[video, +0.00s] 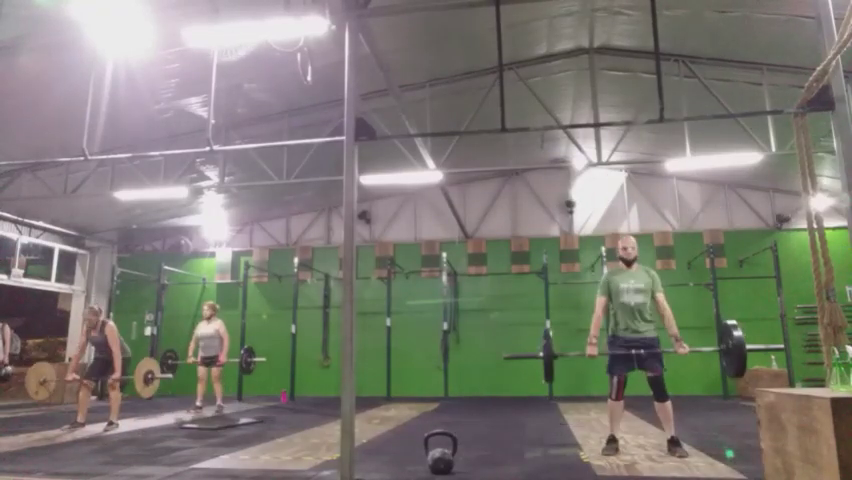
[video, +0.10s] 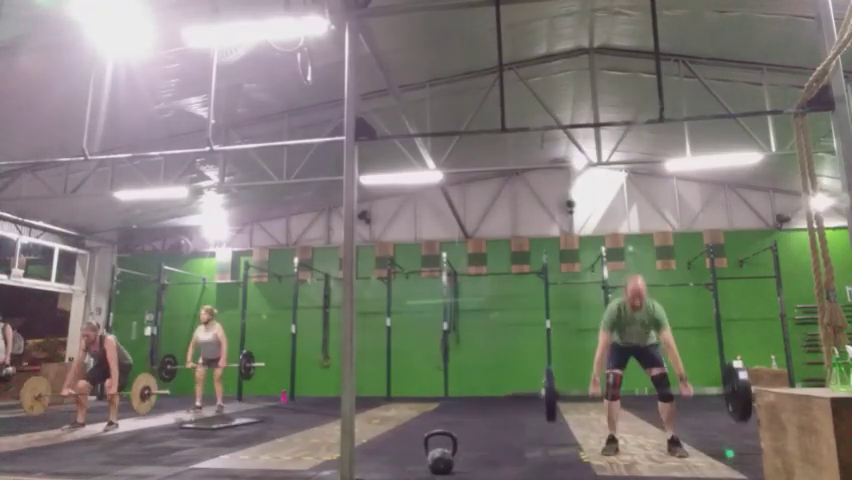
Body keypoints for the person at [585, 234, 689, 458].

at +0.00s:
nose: (626, 252)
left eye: (630, 248)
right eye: (623, 249)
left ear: (637, 251)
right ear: (618, 252)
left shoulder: (650, 275)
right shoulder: (609, 278)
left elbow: (663, 307)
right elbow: (599, 310)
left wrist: (676, 338)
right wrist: (592, 339)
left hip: (649, 339)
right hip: (620, 340)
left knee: (659, 389)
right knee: (616, 390)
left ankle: (672, 439)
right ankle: (612, 438)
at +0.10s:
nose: (637, 299)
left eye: (640, 295)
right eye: (633, 295)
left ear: (645, 294)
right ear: (626, 293)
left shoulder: (654, 309)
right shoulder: (614, 309)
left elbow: (668, 344)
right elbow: (603, 343)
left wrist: (682, 377)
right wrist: (595, 378)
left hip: (647, 346)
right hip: (619, 346)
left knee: (664, 388)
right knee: (612, 386)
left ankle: (672, 439)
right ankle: (612, 438)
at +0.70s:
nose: (625, 248)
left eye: (628, 245)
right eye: (621, 245)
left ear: (634, 248)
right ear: (615, 250)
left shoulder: (648, 272)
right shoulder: (608, 275)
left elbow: (662, 303)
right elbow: (597, 307)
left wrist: (675, 333)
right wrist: (591, 336)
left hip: (648, 336)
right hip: (619, 337)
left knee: (657, 387)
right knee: (617, 388)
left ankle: (673, 439)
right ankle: (612, 438)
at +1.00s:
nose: (637, 307)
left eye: (640, 303)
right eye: (634, 302)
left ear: (645, 302)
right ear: (626, 302)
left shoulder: (655, 317)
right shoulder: (614, 316)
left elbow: (669, 351)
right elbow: (601, 351)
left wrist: (681, 384)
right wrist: (594, 384)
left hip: (645, 347)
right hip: (618, 348)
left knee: (662, 385)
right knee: (610, 386)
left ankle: (672, 439)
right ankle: (612, 438)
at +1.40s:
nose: (631, 285)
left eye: (634, 281)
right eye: (627, 281)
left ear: (640, 282)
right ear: (621, 282)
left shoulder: (650, 302)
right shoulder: (611, 303)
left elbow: (665, 335)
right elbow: (599, 336)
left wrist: (677, 365)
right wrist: (592, 366)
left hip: (644, 342)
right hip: (616, 343)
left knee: (659, 385)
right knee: (610, 384)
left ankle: (673, 440)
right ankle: (612, 438)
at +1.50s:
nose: (623, 249)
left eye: (626, 245)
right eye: (619, 246)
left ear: (632, 249)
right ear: (613, 251)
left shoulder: (646, 274)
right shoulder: (607, 276)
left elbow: (661, 306)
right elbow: (596, 308)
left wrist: (673, 334)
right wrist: (590, 338)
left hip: (647, 336)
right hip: (618, 336)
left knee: (657, 387)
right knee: (616, 388)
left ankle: (673, 439)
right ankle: (612, 438)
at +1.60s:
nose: (610, 257)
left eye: (614, 253)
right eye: (607, 254)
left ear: (622, 253)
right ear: (602, 255)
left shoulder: (637, 275)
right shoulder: (598, 279)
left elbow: (655, 302)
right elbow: (588, 313)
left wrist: (665, 328)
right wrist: (585, 337)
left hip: (639, 338)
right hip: (610, 339)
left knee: (652, 388)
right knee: (611, 389)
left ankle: (672, 438)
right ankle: (614, 437)